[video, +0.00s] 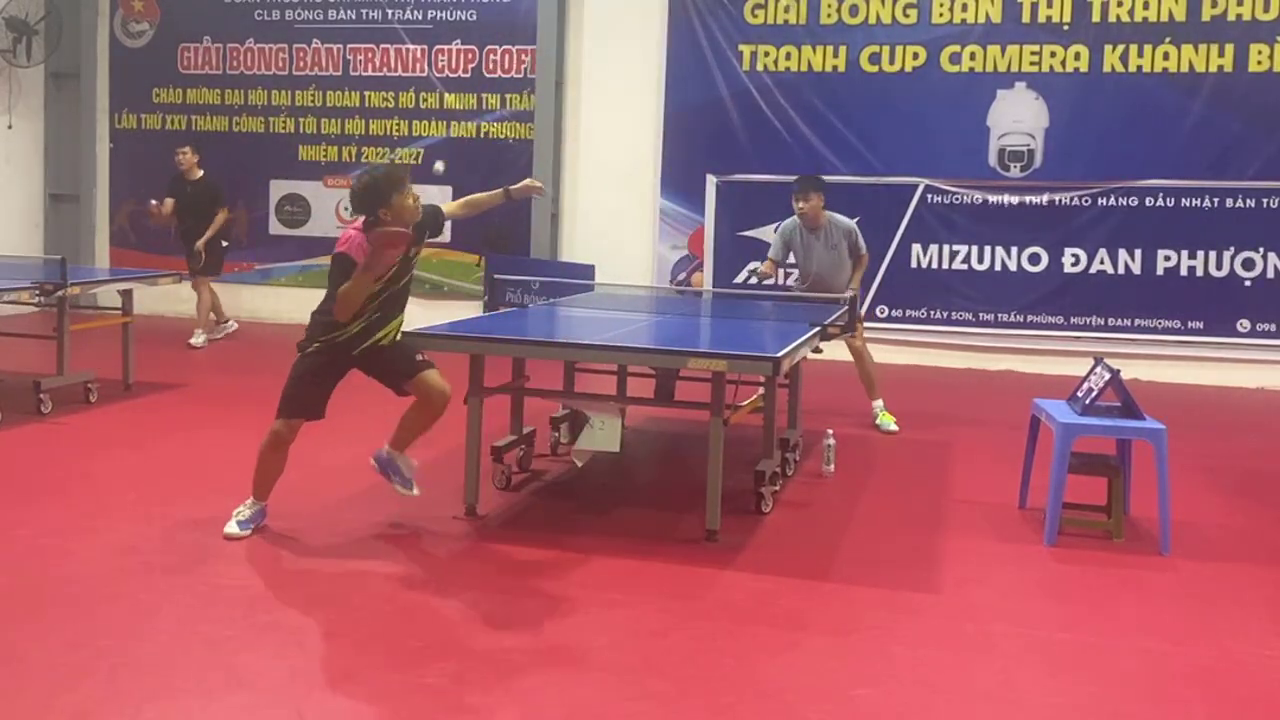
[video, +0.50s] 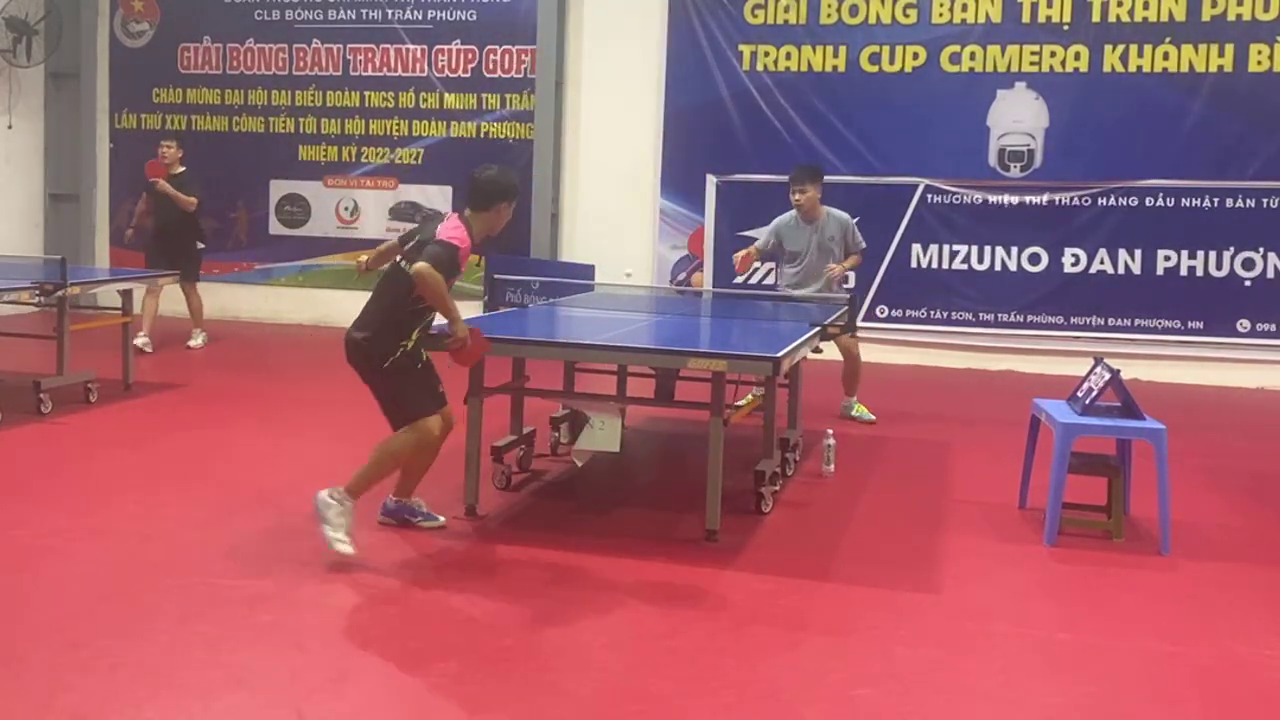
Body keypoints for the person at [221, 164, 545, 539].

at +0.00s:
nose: (416, 197)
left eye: (412, 191)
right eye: (408, 194)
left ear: (398, 205)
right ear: (385, 209)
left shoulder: (415, 225)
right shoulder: (354, 242)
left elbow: (462, 207)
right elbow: (341, 309)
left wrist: (511, 192)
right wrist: (373, 269)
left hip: (380, 339)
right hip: (330, 342)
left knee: (437, 393)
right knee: (282, 431)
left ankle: (391, 455)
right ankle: (255, 505)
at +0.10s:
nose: (426, 229)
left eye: (423, 222)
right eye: (419, 225)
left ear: (411, 228)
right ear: (395, 234)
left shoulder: (417, 241)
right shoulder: (359, 255)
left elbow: (446, 222)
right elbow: (318, 300)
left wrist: (479, 205)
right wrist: (364, 272)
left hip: (384, 350)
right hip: (332, 357)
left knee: (438, 416)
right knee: (288, 442)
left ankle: (393, 482)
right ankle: (256, 506)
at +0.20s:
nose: (454, 250)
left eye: (453, 243)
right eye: (447, 245)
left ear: (425, 246)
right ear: (421, 247)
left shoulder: (428, 259)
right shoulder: (379, 257)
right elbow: (329, 272)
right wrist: (382, 309)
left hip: (389, 361)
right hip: (340, 369)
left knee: (447, 427)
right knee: (297, 453)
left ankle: (400, 502)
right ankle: (258, 507)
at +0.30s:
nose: (487, 252)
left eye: (489, 246)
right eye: (486, 245)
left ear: (463, 240)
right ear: (465, 242)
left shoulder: (443, 258)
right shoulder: (406, 259)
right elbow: (356, 269)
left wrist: (404, 336)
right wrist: (390, 324)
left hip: (393, 345)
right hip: (349, 344)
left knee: (450, 428)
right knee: (332, 453)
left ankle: (401, 501)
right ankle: (263, 494)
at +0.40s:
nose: (503, 237)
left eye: (505, 229)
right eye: (503, 229)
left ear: (472, 221)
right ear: (489, 228)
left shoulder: (449, 243)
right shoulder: (436, 254)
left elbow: (405, 252)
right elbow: (394, 271)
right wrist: (425, 326)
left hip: (397, 349)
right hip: (362, 350)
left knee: (448, 427)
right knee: (381, 446)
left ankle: (402, 501)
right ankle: (293, 482)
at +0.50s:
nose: (508, 219)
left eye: (511, 210)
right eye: (509, 210)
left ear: (476, 202)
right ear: (498, 209)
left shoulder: (441, 221)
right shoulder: (456, 239)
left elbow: (398, 242)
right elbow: (424, 272)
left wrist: (372, 261)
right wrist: (456, 320)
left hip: (398, 339)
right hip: (378, 342)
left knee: (443, 421)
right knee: (427, 427)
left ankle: (400, 502)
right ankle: (341, 498)